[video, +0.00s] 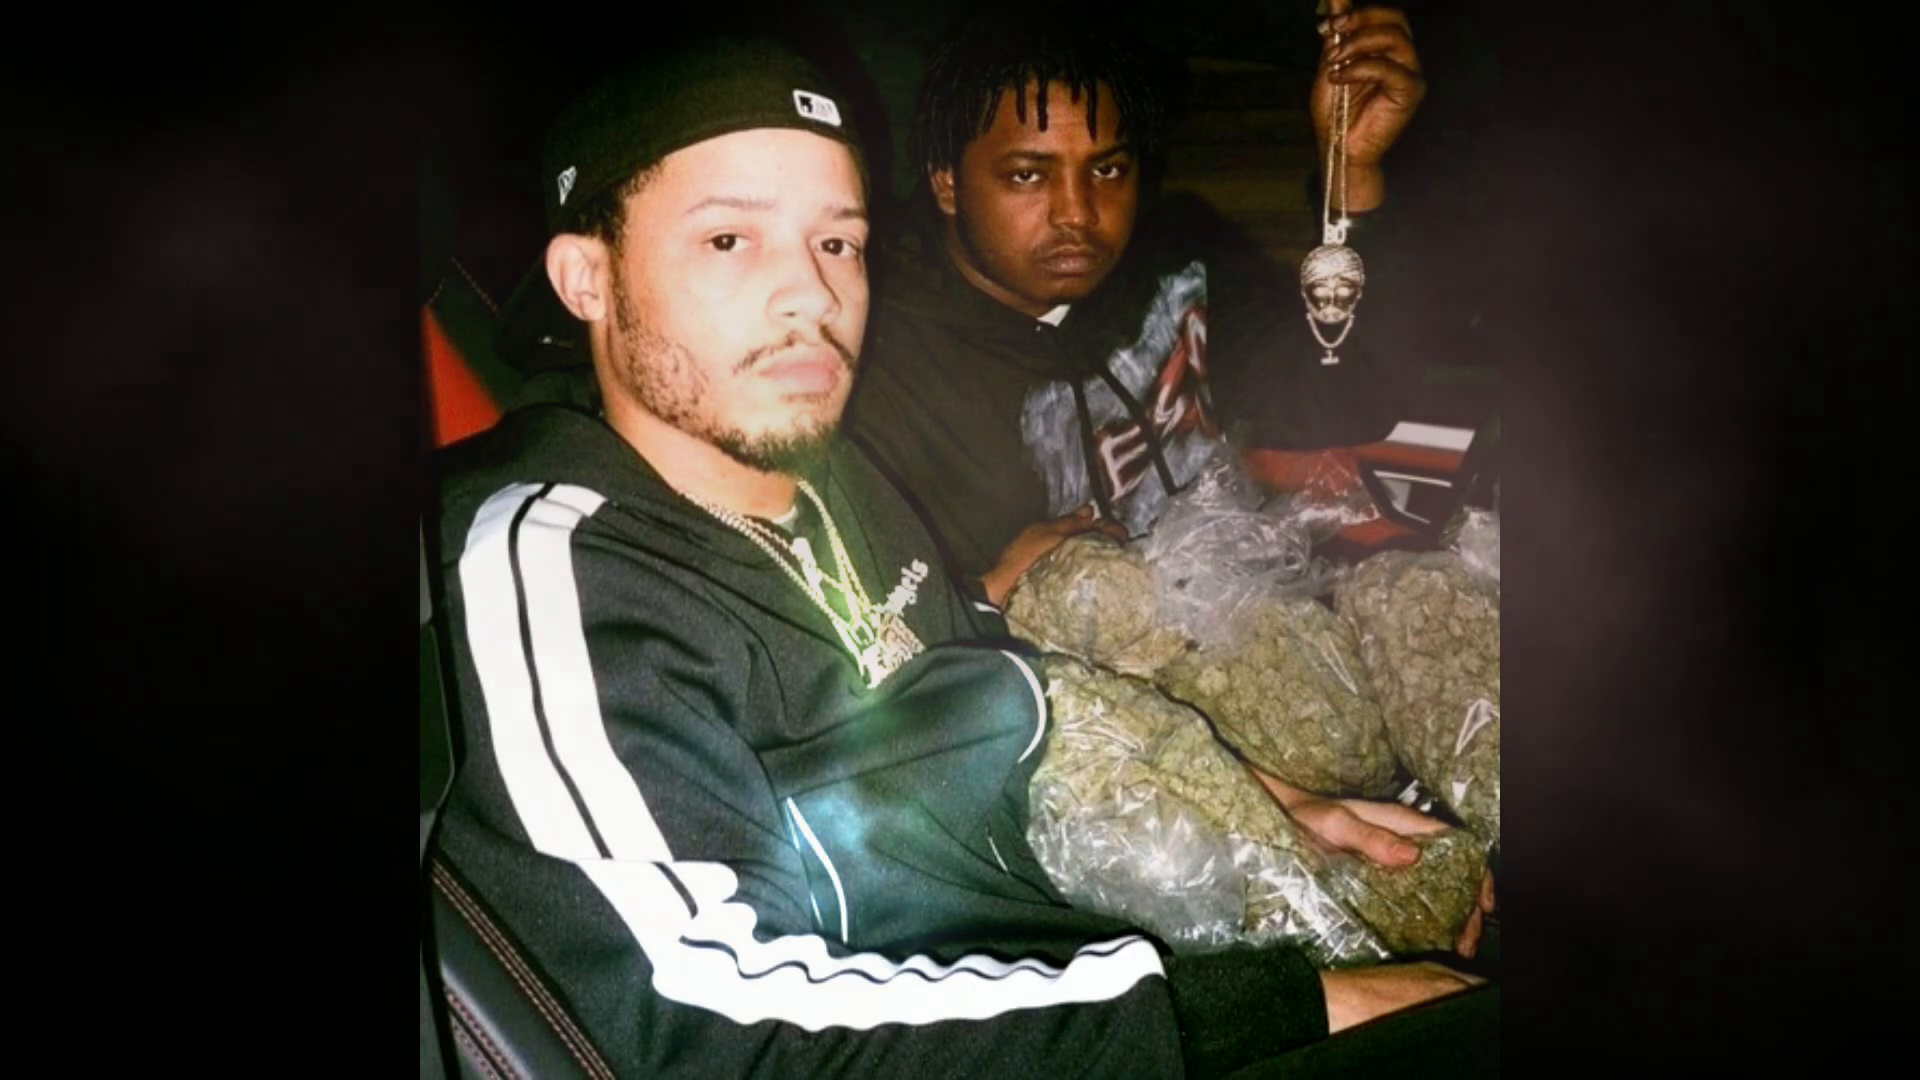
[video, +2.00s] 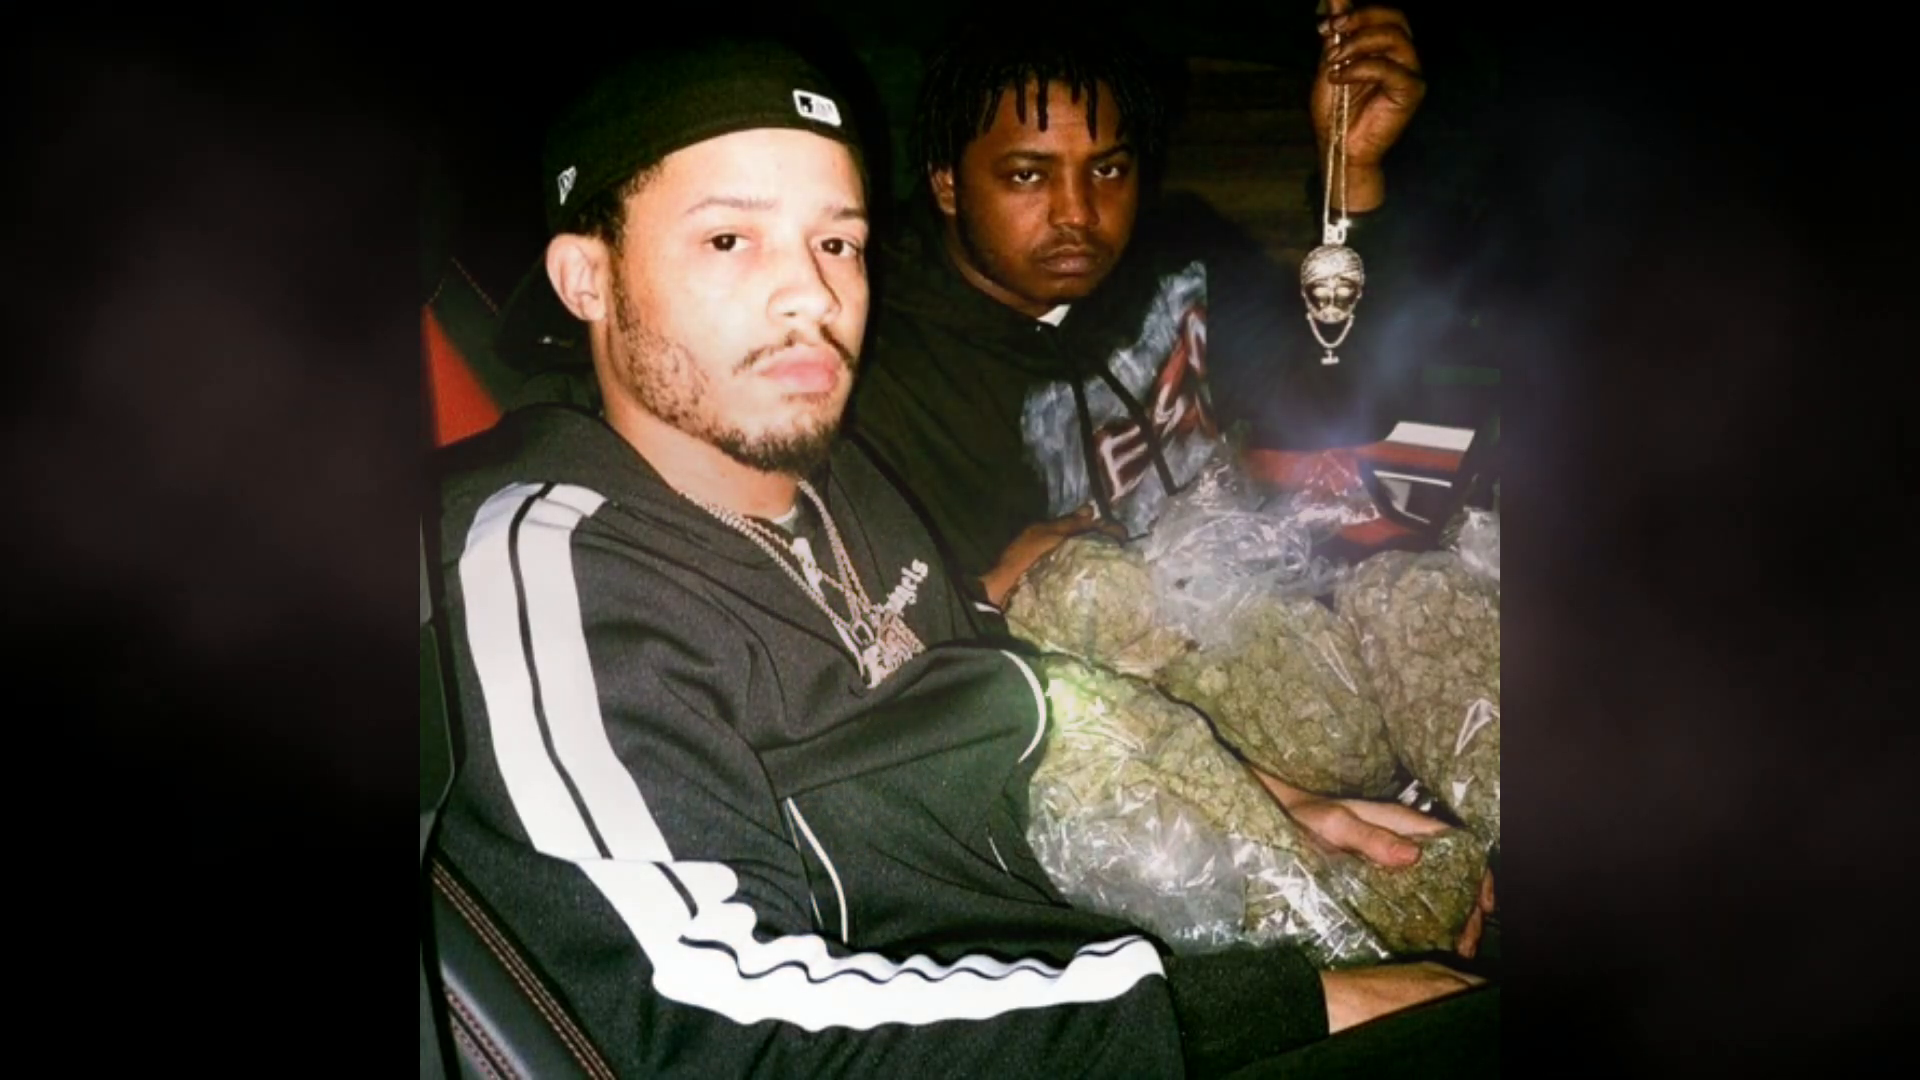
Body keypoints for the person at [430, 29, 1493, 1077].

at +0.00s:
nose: (811, 305)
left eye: (836, 249)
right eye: (731, 245)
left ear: (868, 265)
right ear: (588, 281)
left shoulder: (828, 476)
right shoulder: (534, 556)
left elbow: (1005, 732)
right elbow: (697, 1015)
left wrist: (1269, 817)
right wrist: (1272, 1010)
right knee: (1482, 1006)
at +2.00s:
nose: (810, 303)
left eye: (835, 249)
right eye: (729, 244)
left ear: (867, 268)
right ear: (588, 283)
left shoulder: (825, 476)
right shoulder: (532, 552)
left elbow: (1008, 732)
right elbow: (708, 1016)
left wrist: (1267, 819)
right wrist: (1278, 1008)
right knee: (1473, 1004)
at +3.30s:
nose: (810, 304)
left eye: (835, 249)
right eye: (729, 244)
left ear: (866, 266)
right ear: (587, 282)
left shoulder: (831, 484)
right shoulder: (536, 552)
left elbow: (1009, 768)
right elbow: (696, 1022)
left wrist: (1274, 833)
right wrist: (1271, 1005)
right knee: (1466, 1024)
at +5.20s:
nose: (815, 308)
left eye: (837, 249)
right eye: (731, 247)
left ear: (869, 263)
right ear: (588, 281)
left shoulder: (830, 482)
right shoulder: (534, 559)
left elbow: (1009, 750)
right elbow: (701, 1016)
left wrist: (1265, 825)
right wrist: (1270, 1009)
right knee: (1475, 1006)